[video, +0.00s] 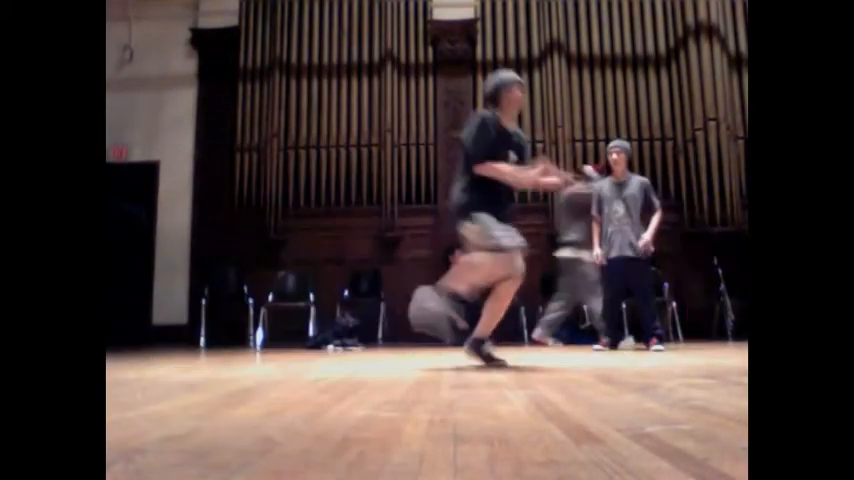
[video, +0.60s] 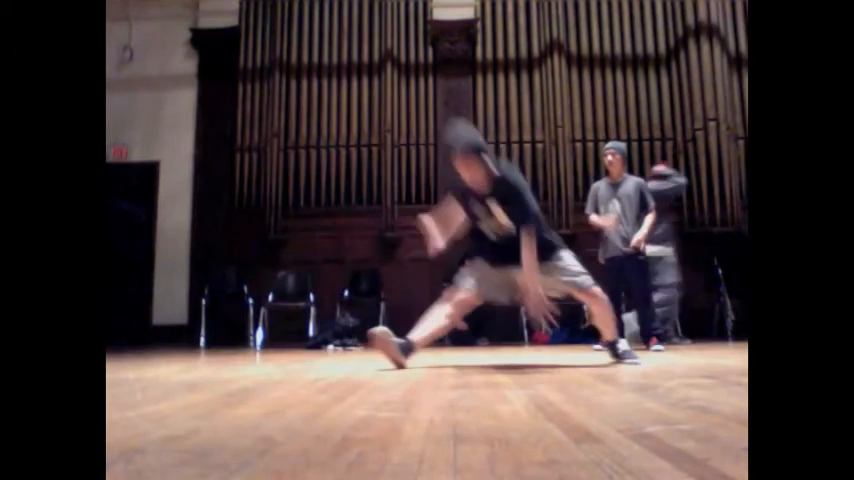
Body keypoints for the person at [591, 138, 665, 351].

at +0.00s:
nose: (615, 158)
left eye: (619, 153)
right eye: (612, 154)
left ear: (627, 157)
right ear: (607, 159)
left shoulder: (641, 183)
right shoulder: (600, 187)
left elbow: (657, 211)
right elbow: (596, 219)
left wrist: (648, 235)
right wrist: (596, 246)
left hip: (636, 250)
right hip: (611, 251)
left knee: (644, 297)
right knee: (610, 299)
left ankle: (652, 337)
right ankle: (610, 337)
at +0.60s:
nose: (609, 159)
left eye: (614, 155)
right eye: (607, 155)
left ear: (623, 159)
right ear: (603, 160)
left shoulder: (637, 184)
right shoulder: (597, 188)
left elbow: (651, 212)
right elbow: (591, 215)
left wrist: (641, 234)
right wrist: (603, 222)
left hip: (634, 250)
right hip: (610, 252)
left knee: (643, 297)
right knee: (611, 298)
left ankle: (651, 336)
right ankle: (612, 337)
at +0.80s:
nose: (609, 162)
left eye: (614, 158)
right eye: (606, 158)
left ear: (623, 161)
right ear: (603, 162)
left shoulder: (637, 184)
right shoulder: (598, 187)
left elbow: (649, 212)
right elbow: (592, 213)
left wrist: (642, 236)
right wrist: (610, 194)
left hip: (633, 249)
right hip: (609, 251)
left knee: (641, 296)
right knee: (611, 299)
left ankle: (651, 336)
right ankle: (611, 337)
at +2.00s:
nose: (610, 162)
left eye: (614, 158)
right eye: (607, 158)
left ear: (623, 160)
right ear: (605, 162)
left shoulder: (639, 184)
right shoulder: (598, 188)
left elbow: (651, 211)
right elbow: (592, 214)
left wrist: (647, 241)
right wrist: (608, 226)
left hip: (636, 250)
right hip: (611, 251)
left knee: (644, 296)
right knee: (610, 298)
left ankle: (653, 336)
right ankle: (609, 337)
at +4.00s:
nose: (612, 159)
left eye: (616, 155)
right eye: (609, 155)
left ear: (625, 158)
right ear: (606, 160)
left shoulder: (640, 185)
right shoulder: (598, 188)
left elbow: (649, 215)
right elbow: (595, 219)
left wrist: (652, 245)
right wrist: (595, 246)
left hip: (636, 251)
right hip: (610, 252)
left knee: (645, 297)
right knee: (610, 299)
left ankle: (653, 336)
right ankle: (609, 337)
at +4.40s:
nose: (611, 161)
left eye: (615, 156)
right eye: (608, 157)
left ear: (624, 159)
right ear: (605, 161)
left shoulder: (639, 184)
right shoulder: (598, 187)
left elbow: (644, 211)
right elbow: (595, 214)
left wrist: (627, 223)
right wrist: (611, 225)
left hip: (636, 252)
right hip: (611, 253)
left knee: (644, 296)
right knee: (610, 298)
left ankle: (653, 336)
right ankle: (609, 337)